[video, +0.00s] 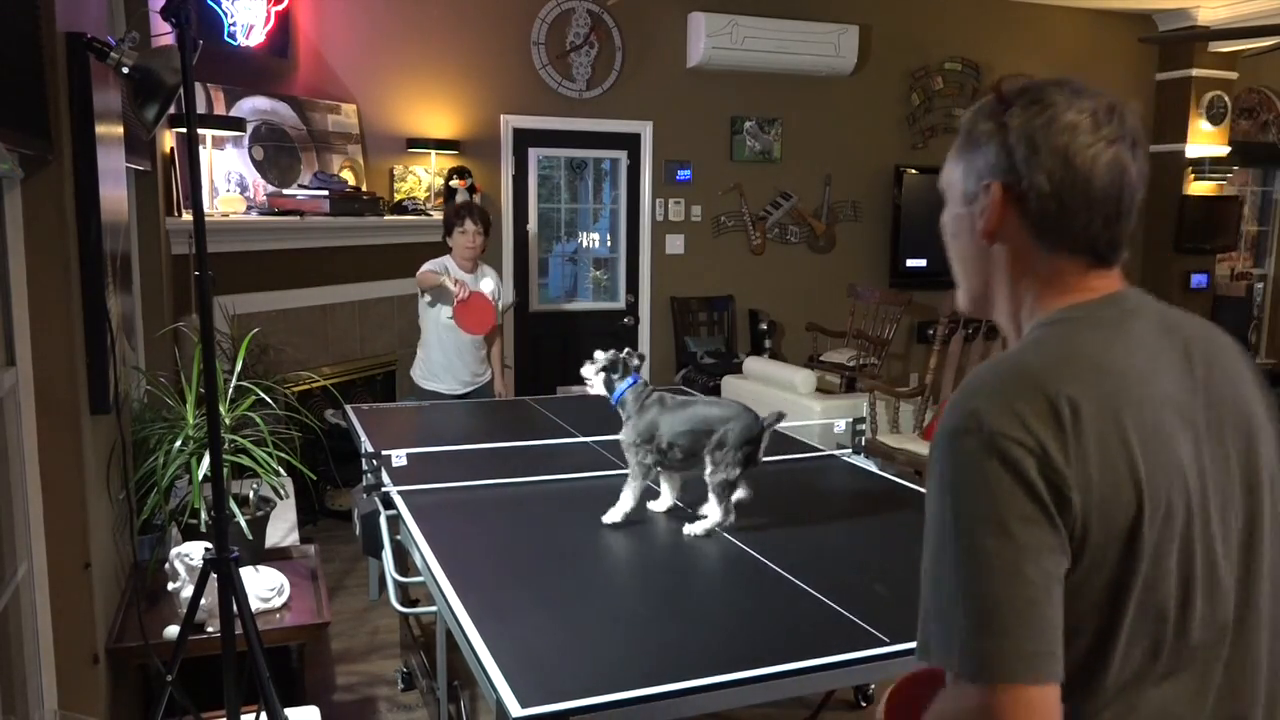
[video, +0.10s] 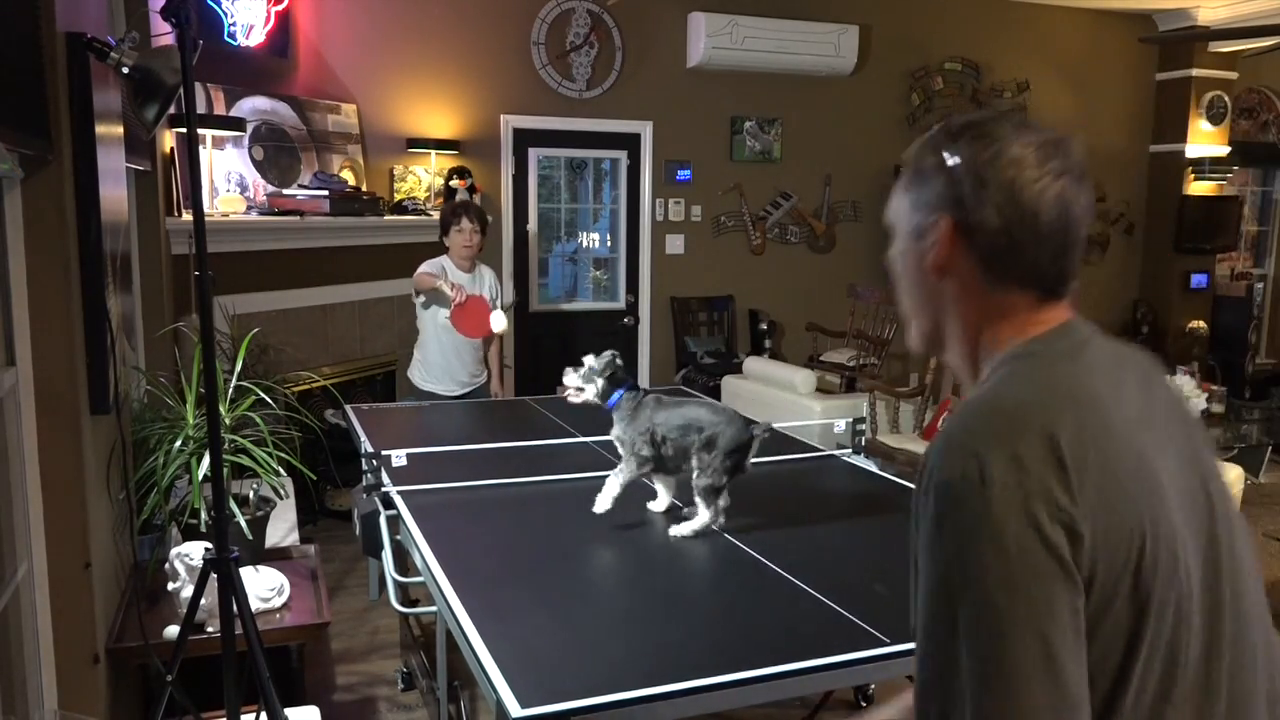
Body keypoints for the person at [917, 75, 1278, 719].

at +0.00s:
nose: (944, 228)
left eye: (948, 201)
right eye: (943, 202)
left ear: (990, 209)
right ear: (1110, 208)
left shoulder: (1004, 410)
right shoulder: (1224, 357)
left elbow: (1013, 703)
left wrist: (925, 701)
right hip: (1245, 705)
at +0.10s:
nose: (891, 265)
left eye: (896, 236)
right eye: (890, 238)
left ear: (938, 244)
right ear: (1052, 240)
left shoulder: (989, 448)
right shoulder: (1138, 374)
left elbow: (1012, 700)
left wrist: (909, 703)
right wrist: (929, 691)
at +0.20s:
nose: (810, 321)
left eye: (814, 295)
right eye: (811, 296)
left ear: (855, 305)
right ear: (960, 298)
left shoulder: (954, 491)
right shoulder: (1009, 412)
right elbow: (915, 591)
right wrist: (731, 656)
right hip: (1225, 697)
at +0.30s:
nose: (726, 384)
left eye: (734, 359)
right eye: (729, 361)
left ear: (776, 374)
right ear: (868, 362)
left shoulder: (902, 543)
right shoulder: (867, 471)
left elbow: (975, 705)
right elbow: (772, 560)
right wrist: (640, 576)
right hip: (1147, 689)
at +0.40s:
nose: (686, 418)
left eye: (685, 397)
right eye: (683, 395)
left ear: (721, 408)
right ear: (829, 380)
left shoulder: (855, 562)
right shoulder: (864, 476)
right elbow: (734, 558)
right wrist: (618, 546)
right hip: (1134, 699)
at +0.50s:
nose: (670, 392)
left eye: (670, 371)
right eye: (671, 370)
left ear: (698, 385)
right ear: (811, 354)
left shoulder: (825, 562)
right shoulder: (882, 451)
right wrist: (659, 590)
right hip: (1139, 701)